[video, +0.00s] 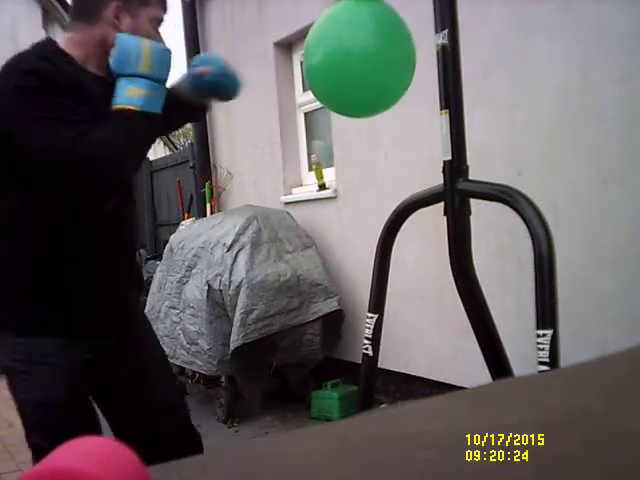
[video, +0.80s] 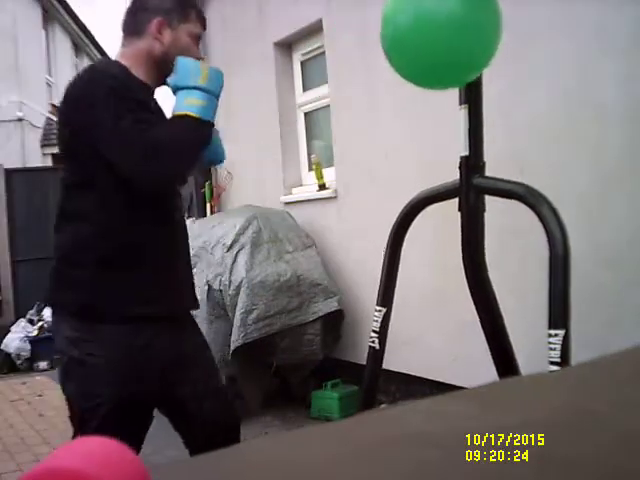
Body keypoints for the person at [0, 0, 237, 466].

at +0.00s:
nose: (161, 38)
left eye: (162, 25)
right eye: (157, 22)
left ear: (117, 17)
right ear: (118, 15)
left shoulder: (110, 87)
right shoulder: (24, 81)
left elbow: (143, 126)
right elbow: (95, 172)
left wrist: (190, 95)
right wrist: (140, 89)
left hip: (111, 311)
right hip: (35, 322)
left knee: (172, 449)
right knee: (70, 466)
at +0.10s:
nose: (171, 40)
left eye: (173, 29)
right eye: (167, 25)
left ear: (132, 19)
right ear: (131, 15)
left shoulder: (132, 93)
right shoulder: (43, 79)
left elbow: (182, 137)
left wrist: (253, 119)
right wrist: (146, 90)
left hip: (130, 304)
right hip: (61, 312)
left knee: (206, 425)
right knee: (81, 463)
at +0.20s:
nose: (191, 41)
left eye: (191, 28)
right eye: (186, 25)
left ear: (149, 20)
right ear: (148, 17)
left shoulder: (145, 96)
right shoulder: (66, 88)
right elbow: (113, 192)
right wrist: (169, 99)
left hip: (163, 316)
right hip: (94, 324)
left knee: (244, 449)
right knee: (84, 470)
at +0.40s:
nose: (242, 22)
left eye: (240, 9)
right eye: (235, 8)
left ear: (199, 11)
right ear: (199, 7)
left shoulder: (211, 88)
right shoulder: (111, 76)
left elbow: (241, 109)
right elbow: (121, 171)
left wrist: (302, 98)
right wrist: (186, 96)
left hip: (190, 304)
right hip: (110, 304)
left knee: (237, 453)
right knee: (81, 456)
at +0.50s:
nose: (249, 31)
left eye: (248, 17)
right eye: (243, 14)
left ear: (207, 13)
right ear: (207, 10)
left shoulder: (222, 92)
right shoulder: (123, 73)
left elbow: (255, 132)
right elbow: (129, 162)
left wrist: (316, 113)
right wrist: (190, 88)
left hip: (195, 300)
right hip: (123, 302)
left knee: (238, 447)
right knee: (92, 454)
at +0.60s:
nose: (239, 36)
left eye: (240, 23)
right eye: (235, 20)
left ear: (200, 17)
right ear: (200, 14)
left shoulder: (190, 87)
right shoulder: (122, 76)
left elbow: (183, 180)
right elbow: (157, 164)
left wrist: (244, 176)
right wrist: (207, 92)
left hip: (193, 303)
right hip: (130, 304)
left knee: (239, 444)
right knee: (104, 453)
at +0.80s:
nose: (197, 52)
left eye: (200, 41)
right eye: (194, 38)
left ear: (159, 32)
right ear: (160, 30)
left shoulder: (142, 102)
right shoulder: (100, 87)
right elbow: (155, 169)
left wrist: (192, 156)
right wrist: (196, 102)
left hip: (162, 317)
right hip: (104, 324)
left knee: (221, 444)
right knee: (105, 466)